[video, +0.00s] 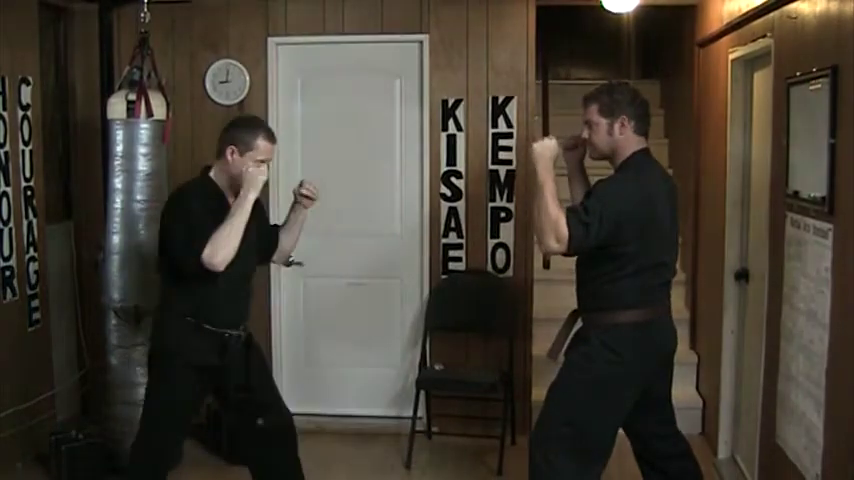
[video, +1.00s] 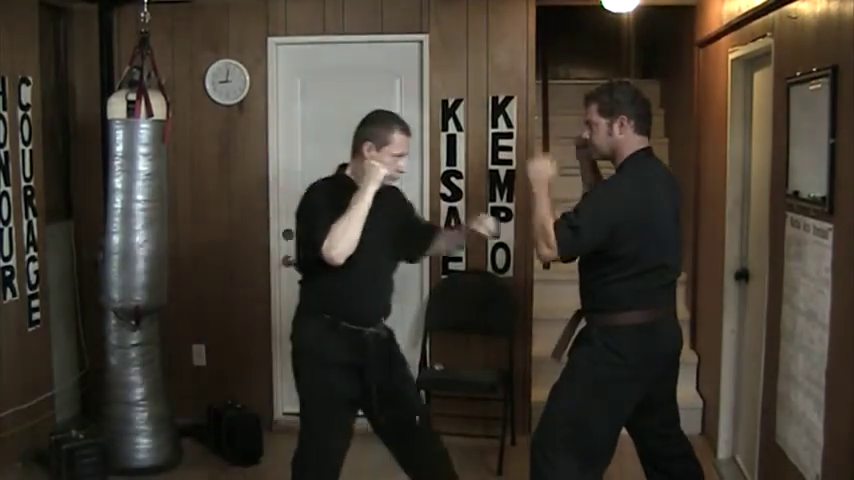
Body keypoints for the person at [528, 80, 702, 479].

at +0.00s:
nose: (585, 136)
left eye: (590, 126)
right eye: (584, 127)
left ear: (621, 126)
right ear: (624, 127)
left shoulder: (623, 186)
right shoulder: (659, 181)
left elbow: (556, 238)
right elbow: (591, 229)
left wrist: (543, 164)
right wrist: (575, 167)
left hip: (613, 341)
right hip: (652, 336)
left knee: (555, 452)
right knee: (661, 447)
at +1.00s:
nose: (586, 135)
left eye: (591, 125)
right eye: (585, 125)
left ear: (621, 126)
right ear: (626, 126)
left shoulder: (621, 187)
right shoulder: (662, 179)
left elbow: (550, 247)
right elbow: (602, 220)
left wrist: (540, 185)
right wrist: (587, 163)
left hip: (616, 342)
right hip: (659, 337)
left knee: (557, 455)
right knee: (666, 449)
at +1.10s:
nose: (585, 136)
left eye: (590, 126)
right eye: (585, 126)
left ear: (620, 126)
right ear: (628, 126)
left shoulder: (618, 189)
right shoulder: (663, 180)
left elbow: (548, 253)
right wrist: (595, 169)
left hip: (617, 342)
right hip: (661, 336)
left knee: (557, 454)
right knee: (666, 450)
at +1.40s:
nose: (583, 140)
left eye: (588, 129)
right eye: (583, 130)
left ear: (618, 127)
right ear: (624, 127)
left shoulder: (623, 191)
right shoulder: (660, 181)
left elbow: (556, 265)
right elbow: (601, 231)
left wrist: (548, 252)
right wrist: (584, 172)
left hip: (621, 341)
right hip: (658, 335)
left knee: (559, 452)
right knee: (664, 449)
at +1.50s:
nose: (581, 141)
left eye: (587, 130)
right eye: (581, 131)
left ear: (618, 129)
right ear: (619, 129)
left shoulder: (633, 186)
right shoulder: (631, 178)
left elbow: (586, 260)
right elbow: (575, 221)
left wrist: (555, 205)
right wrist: (544, 185)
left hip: (625, 341)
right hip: (645, 333)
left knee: (562, 454)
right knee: (663, 450)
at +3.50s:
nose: (588, 136)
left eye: (594, 126)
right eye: (588, 127)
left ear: (625, 127)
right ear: (628, 127)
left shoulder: (631, 185)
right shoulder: (661, 179)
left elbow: (562, 243)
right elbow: (599, 227)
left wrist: (548, 170)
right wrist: (581, 167)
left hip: (618, 342)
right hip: (655, 336)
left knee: (556, 455)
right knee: (665, 450)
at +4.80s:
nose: (582, 138)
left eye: (586, 128)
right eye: (580, 129)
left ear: (616, 126)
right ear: (621, 127)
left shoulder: (625, 185)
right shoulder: (654, 179)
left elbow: (560, 244)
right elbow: (587, 229)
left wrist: (543, 173)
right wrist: (571, 170)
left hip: (615, 342)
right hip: (651, 335)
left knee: (556, 455)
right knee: (664, 449)